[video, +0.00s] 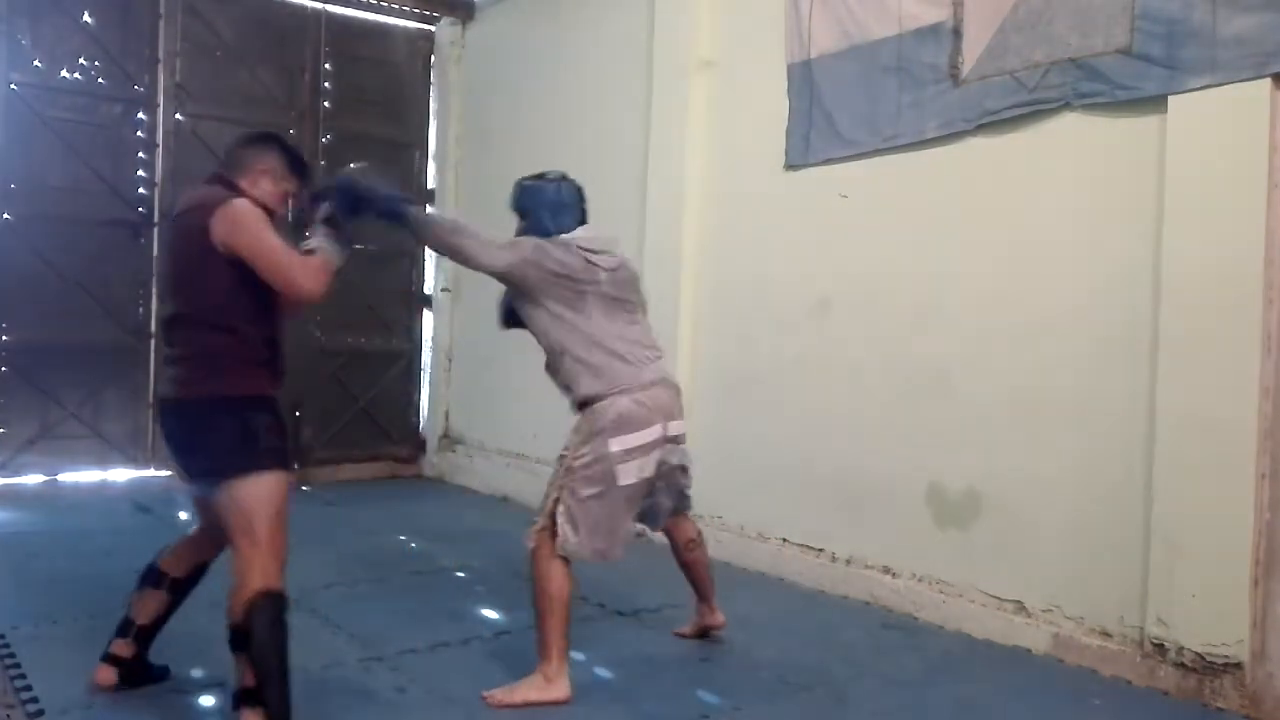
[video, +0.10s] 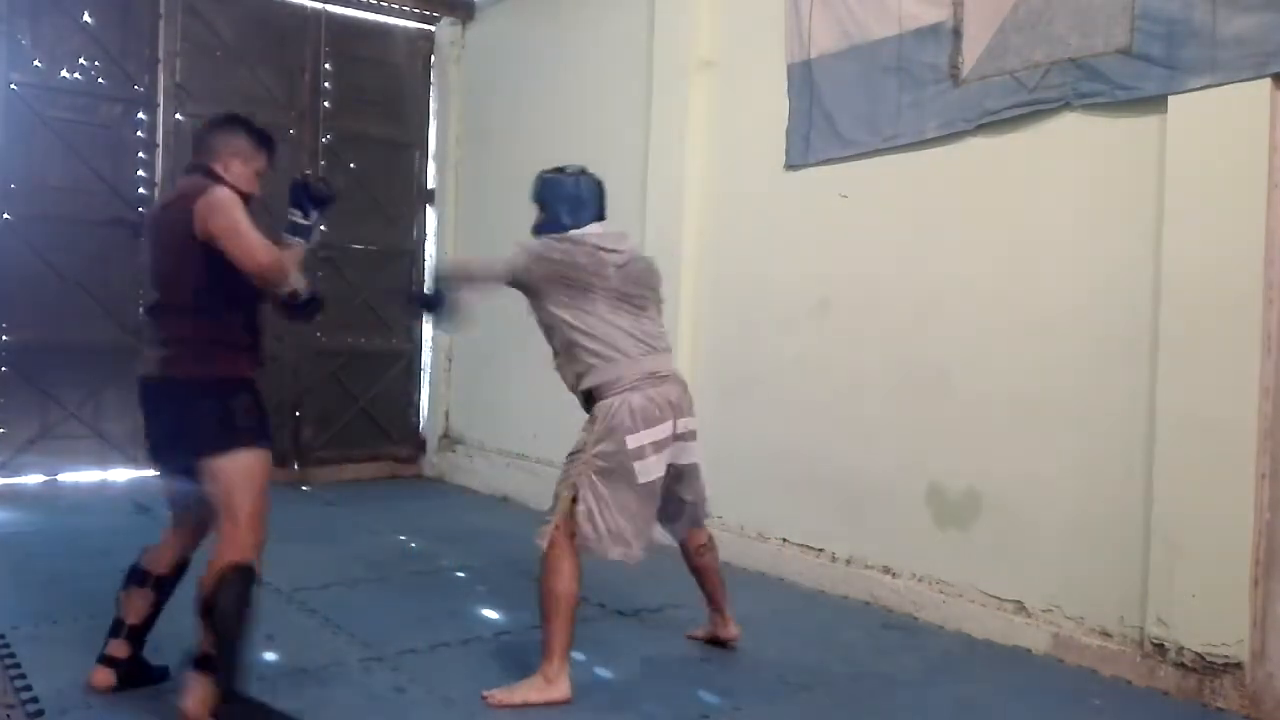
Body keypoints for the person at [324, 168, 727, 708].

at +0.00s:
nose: (515, 226)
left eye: (518, 218)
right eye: (516, 218)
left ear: (531, 219)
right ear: (578, 216)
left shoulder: (536, 258)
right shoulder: (613, 260)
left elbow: (461, 241)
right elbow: (584, 302)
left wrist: (394, 207)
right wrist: (523, 310)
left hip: (613, 415)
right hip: (664, 404)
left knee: (549, 541)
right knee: (676, 513)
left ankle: (552, 675)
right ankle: (710, 610)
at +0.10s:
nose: (533, 219)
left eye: (537, 210)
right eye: (534, 211)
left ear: (549, 214)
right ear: (597, 212)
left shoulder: (544, 259)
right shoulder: (637, 262)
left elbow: (478, 271)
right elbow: (647, 326)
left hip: (622, 410)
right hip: (674, 399)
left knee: (561, 535)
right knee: (688, 521)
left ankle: (553, 674)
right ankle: (723, 620)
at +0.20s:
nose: (555, 219)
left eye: (559, 210)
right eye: (557, 209)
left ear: (573, 215)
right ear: (616, 211)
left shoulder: (567, 266)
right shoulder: (662, 260)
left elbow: (517, 330)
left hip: (627, 412)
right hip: (681, 406)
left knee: (570, 534)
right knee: (701, 531)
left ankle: (553, 673)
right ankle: (738, 638)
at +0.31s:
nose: (575, 230)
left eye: (578, 220)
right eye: (575, 220)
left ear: (592, 223)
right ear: (635, 217)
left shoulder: (594, 270)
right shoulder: (683, 265)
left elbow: (549, 340)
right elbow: (688, 332)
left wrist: (531, 333)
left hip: (634, 411)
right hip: (690, 407)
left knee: (574, 530)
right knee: (708, 536)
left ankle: (550, 654)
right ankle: (741, 640)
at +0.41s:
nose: (582, 224)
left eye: (585, 214)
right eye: (581, 214)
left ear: (604, 213)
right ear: (640, 207)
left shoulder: (608, 257)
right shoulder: (684, 259)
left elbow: (580, 320)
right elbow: (662, 321)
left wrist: (540, 311)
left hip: (634, 403)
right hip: (688, 401)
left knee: (564, 511)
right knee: (701, 524)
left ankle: (554, 632)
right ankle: (739, 637)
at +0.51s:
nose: (574, 229)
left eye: (577, 219)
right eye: (572, 220)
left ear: (594, 218)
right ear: (628, 212)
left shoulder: (611, 258)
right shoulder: (661, 257)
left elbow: (593, 319)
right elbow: (631, 311)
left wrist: (540, 293)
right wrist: (578, 281)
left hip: (626, 403)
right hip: (676, 402)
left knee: (551, 498)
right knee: (696, 522)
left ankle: (528, 621)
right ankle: (737, 636)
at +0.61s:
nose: (547, 238)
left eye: (551, 227)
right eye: (547, 227)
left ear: (569, 227)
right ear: (599, 223)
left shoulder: (594, 267)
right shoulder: (634, 268)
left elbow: (596, 330)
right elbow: (604, 336)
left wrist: (545, 313)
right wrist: (554, 308)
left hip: (614, 411)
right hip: (661, 408)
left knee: (536, 505)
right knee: (684, 523)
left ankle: (495, 615)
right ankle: (737, 633)